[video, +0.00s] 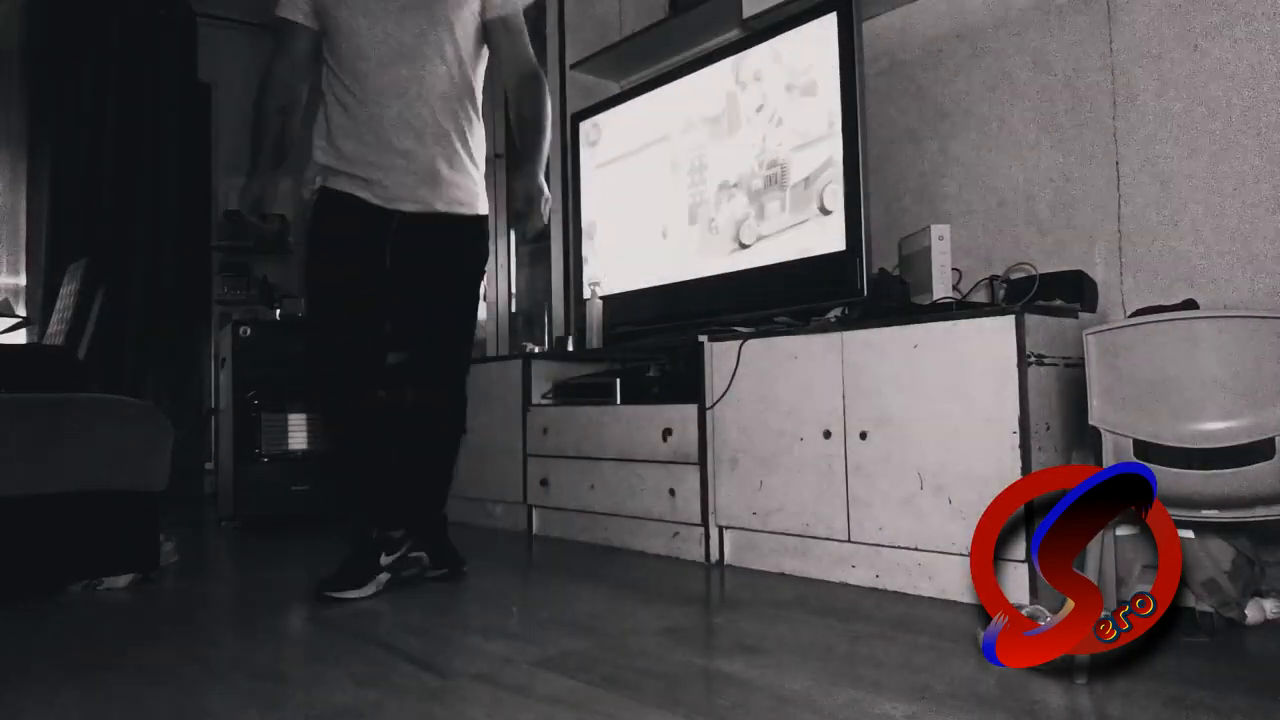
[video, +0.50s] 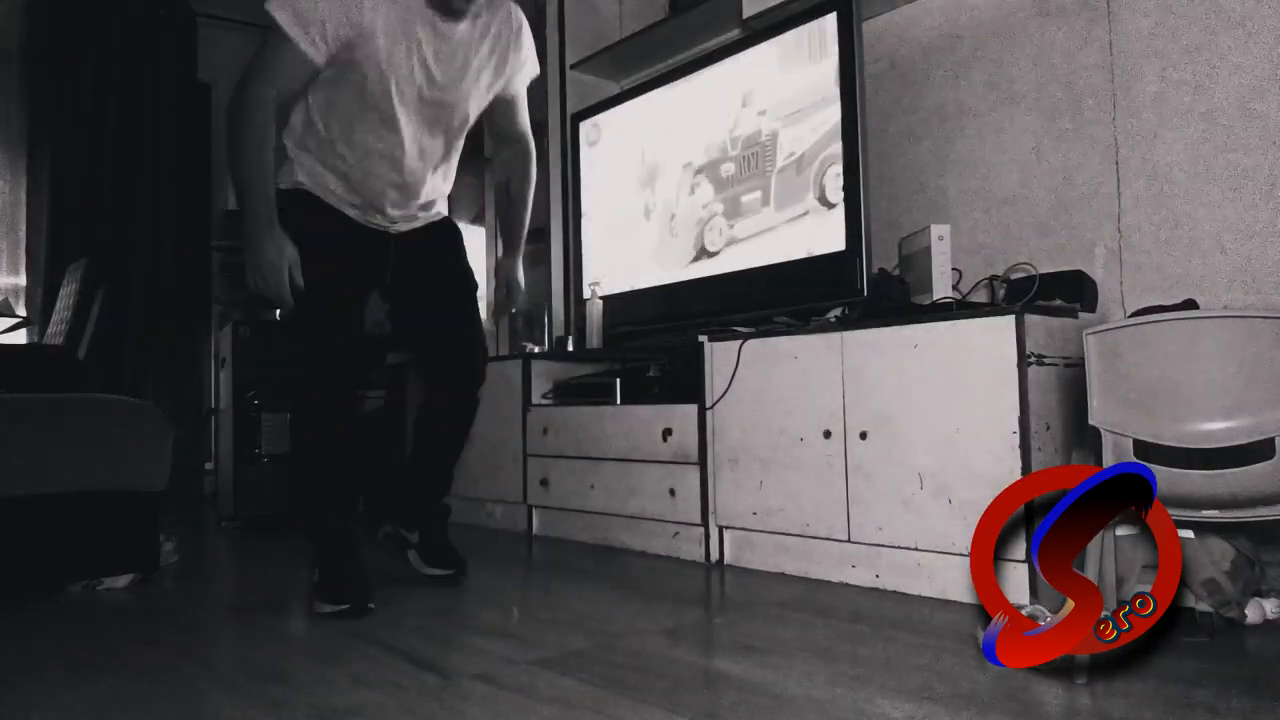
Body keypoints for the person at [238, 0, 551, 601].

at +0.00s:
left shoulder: (490, 5)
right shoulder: (314, 6)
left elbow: (526, 74)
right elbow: (289, 67)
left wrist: (530, 176)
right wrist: (265, 173)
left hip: (449, 198)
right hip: (350, 193)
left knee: (437, 380)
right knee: (346, 376)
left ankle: (428, 536)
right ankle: (375, 540)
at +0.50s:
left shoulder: (506, 27)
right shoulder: (350, 9)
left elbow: (514, 143)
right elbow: (254, 99)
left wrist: (510, 263)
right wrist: (261, 232)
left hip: (421, 213)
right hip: (322, 202)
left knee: (460, 362)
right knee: (328, 378)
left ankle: (421, 512)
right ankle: (334, 558)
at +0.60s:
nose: (488, 62)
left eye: (503, 47)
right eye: (477, 42)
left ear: (516, 40)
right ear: (445, 16)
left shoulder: (517, 83)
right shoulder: (373, 45)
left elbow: (522, 192)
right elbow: (261, 165)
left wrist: (515, 306)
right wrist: (267, 313)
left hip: (416, 230)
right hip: (319, 221)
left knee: (447, 367)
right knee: (329, 385)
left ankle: (421, 535)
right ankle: (334, 562)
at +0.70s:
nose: (501, 168)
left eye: (515, 154)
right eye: (490, 150)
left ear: (533, 133)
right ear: (453, 112)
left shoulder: (524, 161)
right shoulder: (373, 122)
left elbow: (536, 278)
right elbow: (290, 262)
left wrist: (518, 393)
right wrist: (280, 416)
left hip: (422, 262)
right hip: (331, 258)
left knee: (433, 400)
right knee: (335, 406)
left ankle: (411, 547)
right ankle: (336, 561)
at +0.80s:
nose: (490, 259)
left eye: (505, 251)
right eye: (482, 244)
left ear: (534, 213)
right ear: (458, 187)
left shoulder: (524, 212)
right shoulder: (376, 191)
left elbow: (549, 339)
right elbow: (321, 346)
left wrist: (539, 469)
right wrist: (316, 502)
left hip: (419, 268)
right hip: (315, 245)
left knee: (446, 376)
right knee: (341, 389)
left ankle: (412, 544)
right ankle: (340, 556)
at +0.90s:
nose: (499, 309)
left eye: (515, 298)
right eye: (492, 290)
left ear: (546, 259)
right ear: (466, 234)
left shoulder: (534, 248)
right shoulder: (386, 223)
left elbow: (575, 384)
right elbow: (353, 384)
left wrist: (572, 513)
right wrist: (359, 553)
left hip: (426, 278)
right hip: (310, 247)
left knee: (451, 383)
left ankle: (411, 549)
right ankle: (340, 566)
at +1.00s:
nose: (509, 341)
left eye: (525, 332)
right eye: (504, 322)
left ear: (565, 282)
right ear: (478, 263)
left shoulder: (551, 265)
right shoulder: (402, 251)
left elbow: (602, 401)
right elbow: (384, 417)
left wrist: (610, 538)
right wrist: (402, 591)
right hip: (317, 245)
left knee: (455, 408)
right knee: (331, 420)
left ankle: (415, 552)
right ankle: (338, 573)